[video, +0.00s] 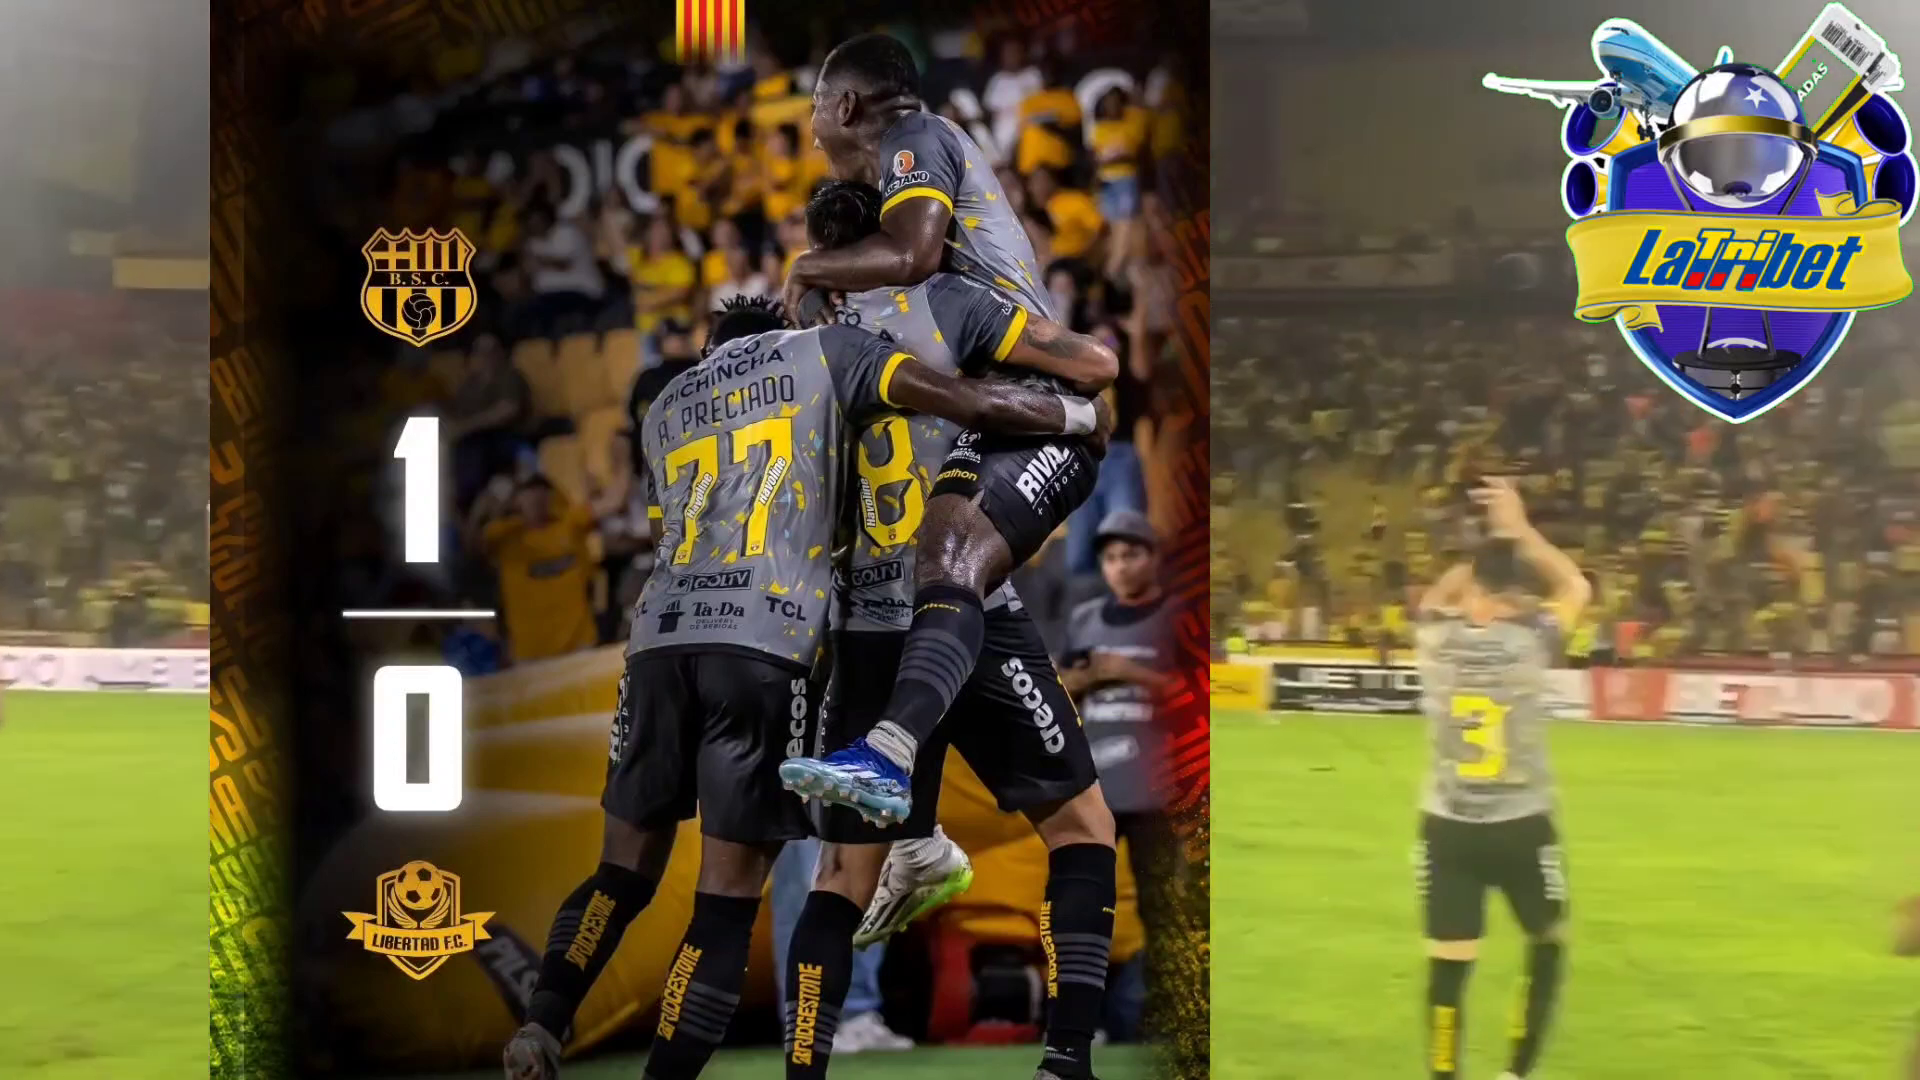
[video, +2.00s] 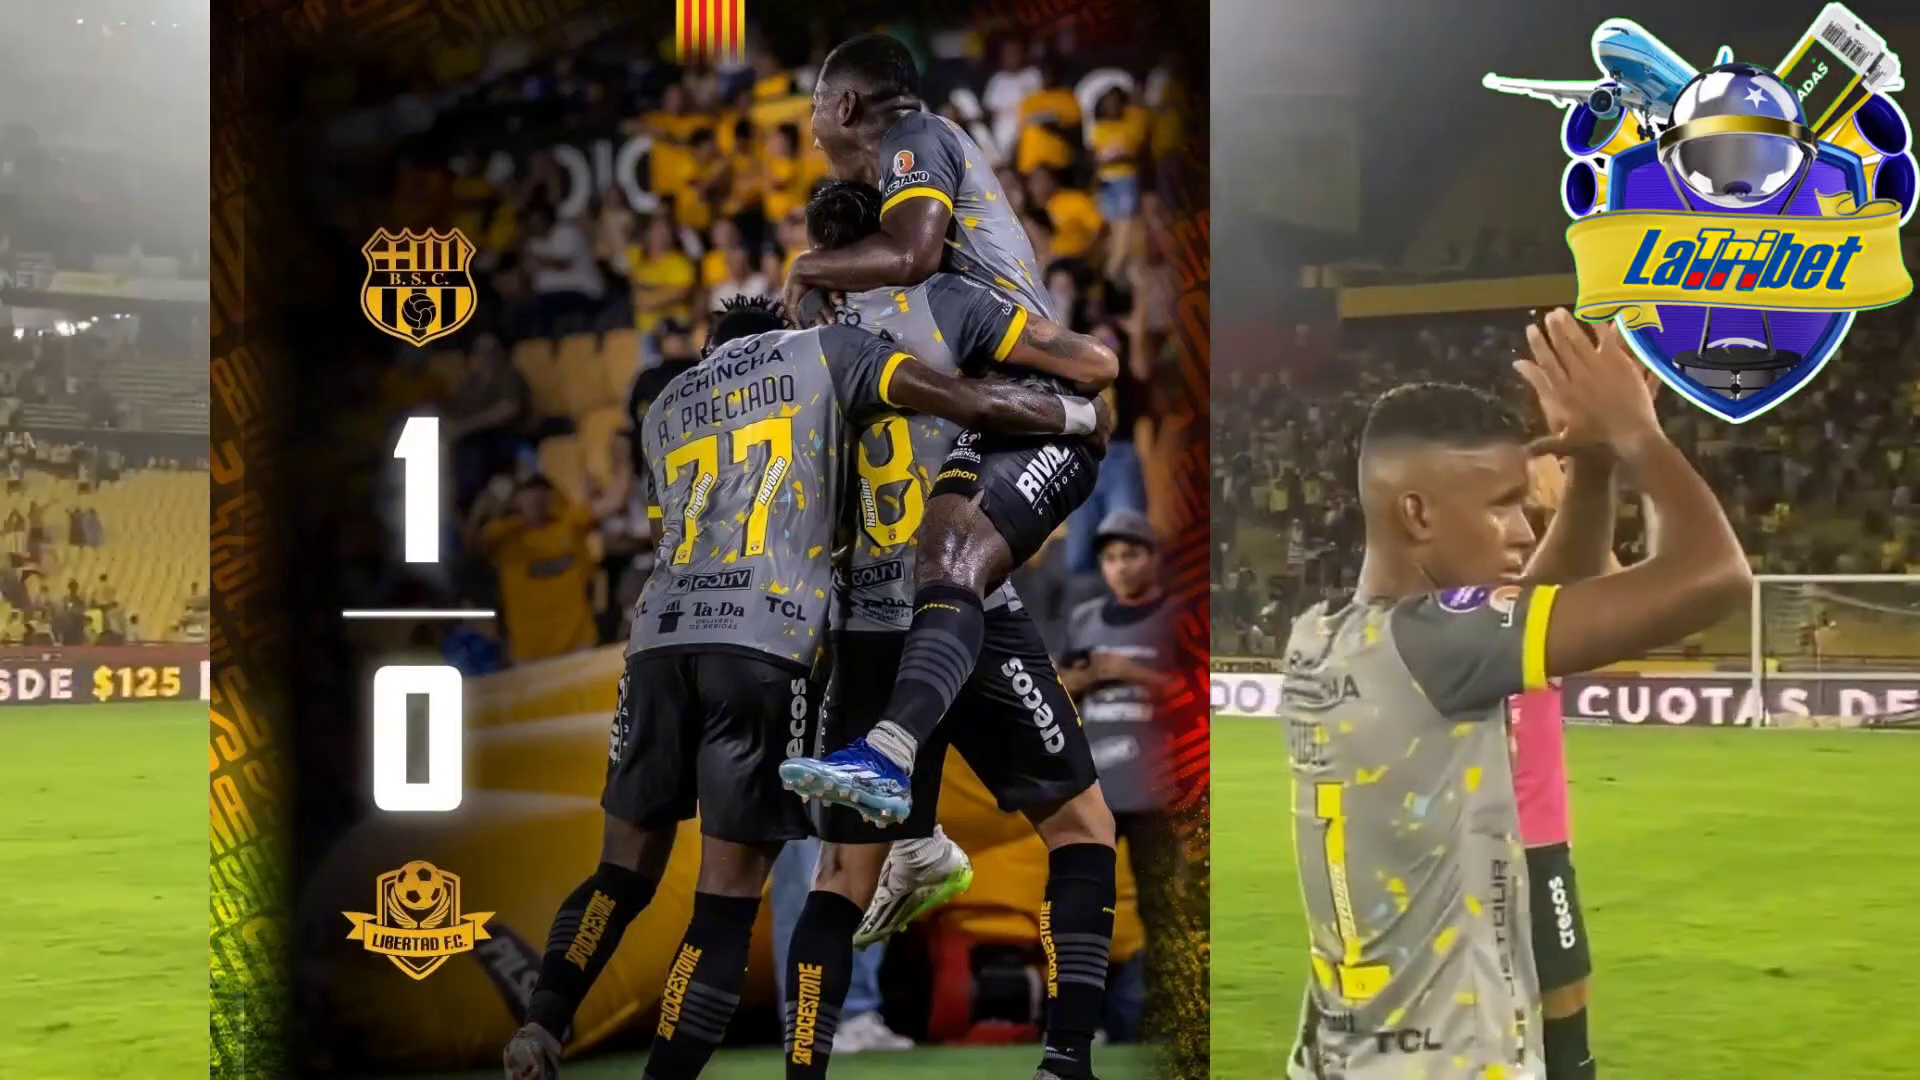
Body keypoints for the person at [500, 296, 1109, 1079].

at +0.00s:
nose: (821, 324)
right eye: (808, 317)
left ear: (708, 345)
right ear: (788, 324)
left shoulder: (661, 408)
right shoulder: (830, 347)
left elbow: (681, 519)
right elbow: (972, 400)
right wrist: (1088, 417)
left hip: (657, 648)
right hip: (762, 648)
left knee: (623, 867)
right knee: (727, 893)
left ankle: (543, 1026)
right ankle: (667, 1075)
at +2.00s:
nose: (822, 324)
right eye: (809, 318)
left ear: (708, 345)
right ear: (788, 324)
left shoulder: (661, 407)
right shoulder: (830, 347)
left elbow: (681, 518)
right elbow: (972, 400)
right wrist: (1088, 417)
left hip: (657, 648)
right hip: (761, 648)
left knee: (623, 867)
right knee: (727, 893)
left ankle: (543, 1026)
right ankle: (666, 1075)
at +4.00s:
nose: (828, 326)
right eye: (816, 319)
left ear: (709, 345)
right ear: (792, 324)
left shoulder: (661, 406)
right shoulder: (829, 348)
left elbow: (681, 519)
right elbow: (969, 399)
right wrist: (1087, 418)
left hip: (658, 648)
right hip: (762, 648)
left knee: (623, 865)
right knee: (728, 891)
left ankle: (542, 1027)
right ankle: (667, 1076)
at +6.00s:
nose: (826, 326)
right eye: (814, 319)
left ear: (709, 346)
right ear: (792, 324)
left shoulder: (660, 405)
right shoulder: (830, 348)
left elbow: (680, 521)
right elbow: (970, 400)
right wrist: (1088, 417)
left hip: (657, 648)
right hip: (762, 649)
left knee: (623, 865)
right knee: (727, 892)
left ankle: (542, 1028)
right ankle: (667, 1075)